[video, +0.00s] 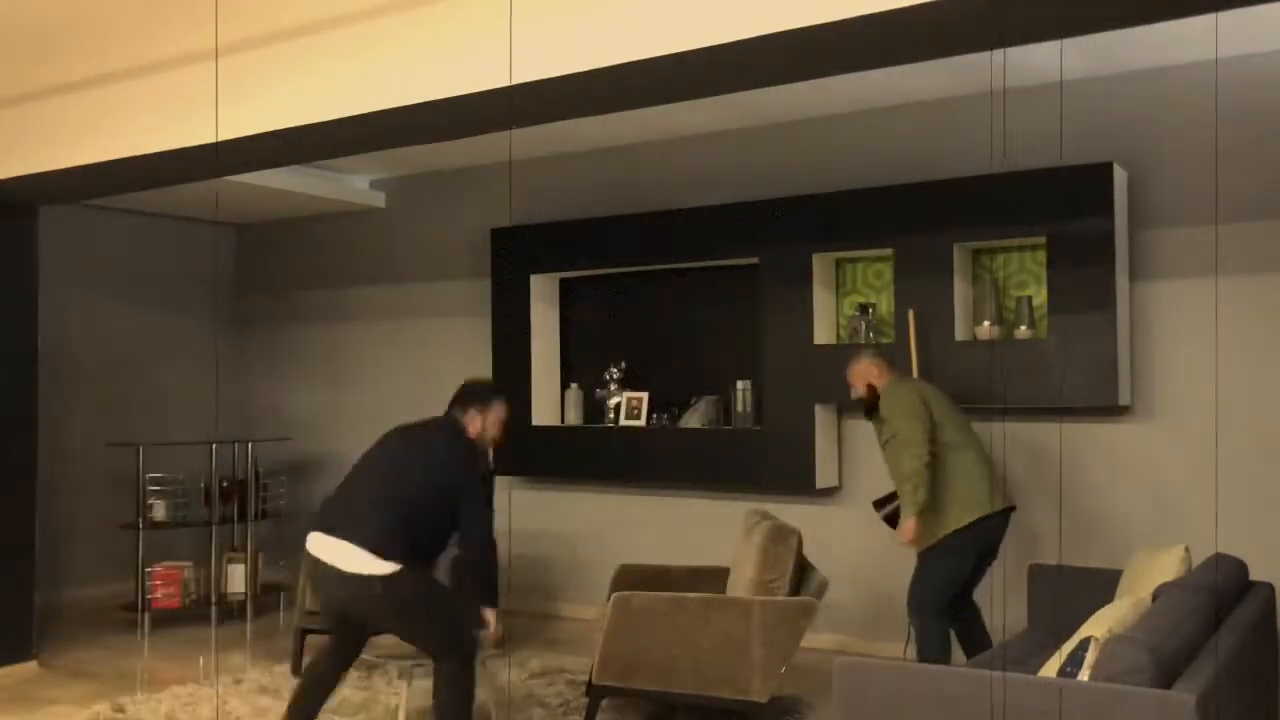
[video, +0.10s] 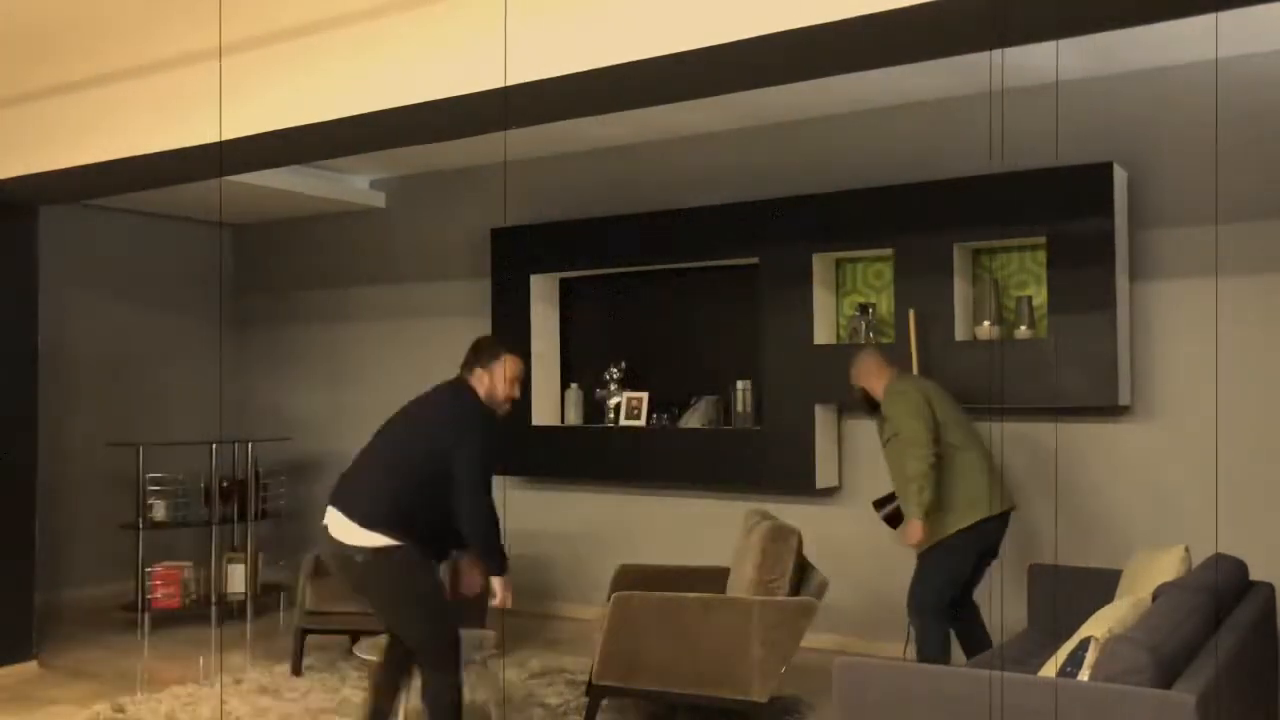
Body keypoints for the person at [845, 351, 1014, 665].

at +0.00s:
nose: (854, 395)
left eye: (855, 385)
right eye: (852, 387)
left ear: (875, 374)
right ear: (878, 372)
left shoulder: (897, 394)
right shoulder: (917, 390)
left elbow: (913, 453)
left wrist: (911, 512)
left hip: (962, 512)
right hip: (990, 509)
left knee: (925, 602)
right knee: (957, 599)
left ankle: (933, 692)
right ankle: (990, 680)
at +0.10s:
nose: (865, 391)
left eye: (861, 385)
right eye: (862, 386)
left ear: (866, 378)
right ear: (886, 365)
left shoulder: (900, 394)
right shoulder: (920, 388)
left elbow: (917, 454)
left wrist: (916, 515)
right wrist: (912, 501)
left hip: (963, 513)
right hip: (989, 508)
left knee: (925, 602)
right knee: (957, 599)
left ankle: (933, 692)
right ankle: (990, 678)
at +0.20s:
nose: (871, 380)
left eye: (869, 373)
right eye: (869, 374)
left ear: (877, 369)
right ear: (895, 359)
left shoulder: (904, 390)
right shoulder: (929, 383)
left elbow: (917, 452)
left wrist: (913, 515)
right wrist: (911, 501)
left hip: (959, 515)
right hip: (988, 510)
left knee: (921, 603)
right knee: (958, 598)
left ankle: (932, 691)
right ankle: (990, 677)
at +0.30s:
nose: (879, 380)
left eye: (875, 374)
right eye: (875, 375)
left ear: (881, 364)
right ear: (898, 353)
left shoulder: (910, 383)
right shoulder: (936, 378)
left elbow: (918, 451)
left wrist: (904, 511)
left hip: (954, 516)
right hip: (985, 510)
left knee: (921, 603)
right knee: (960, 598)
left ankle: (932, 693)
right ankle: (990, 678)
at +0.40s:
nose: (878, 380)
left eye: (873, 374)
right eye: (874, 375)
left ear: (876, 365)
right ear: (896, 350)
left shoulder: (911, 382)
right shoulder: (936, 376)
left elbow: (917, 451)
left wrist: (906, 512)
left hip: (954, 515)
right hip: (983, 509)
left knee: (920, 603)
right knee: (961, 598)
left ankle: (933, 693)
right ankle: (991, 679)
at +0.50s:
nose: (868, 377)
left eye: (869, 366)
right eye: (865, 369)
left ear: (888, 353)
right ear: (894, 352)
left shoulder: (912, 381)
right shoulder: (933, 376)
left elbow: (918, 451)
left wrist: (907, 512)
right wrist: (906, 502)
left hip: (954, 514)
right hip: (982, 509)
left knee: (918, 602)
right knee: (959, 598)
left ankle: (933, 692)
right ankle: (991, 677)